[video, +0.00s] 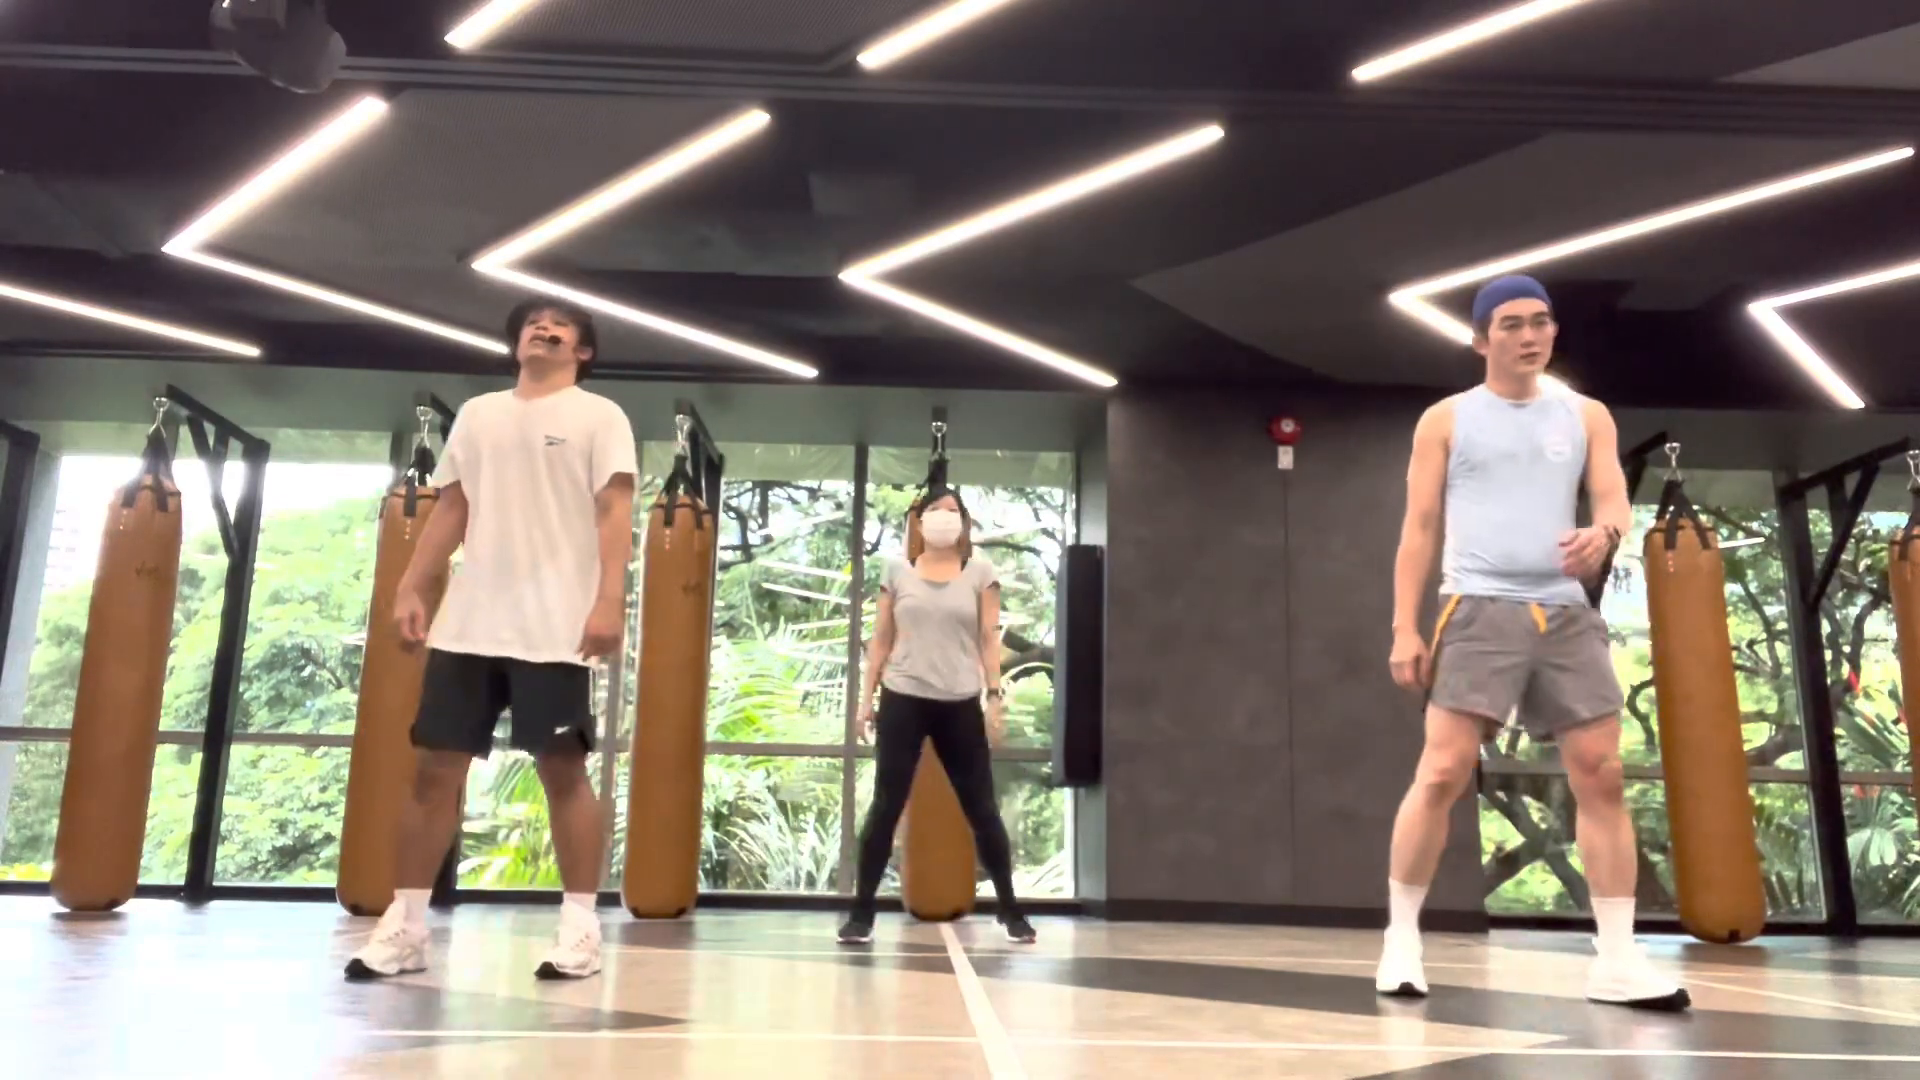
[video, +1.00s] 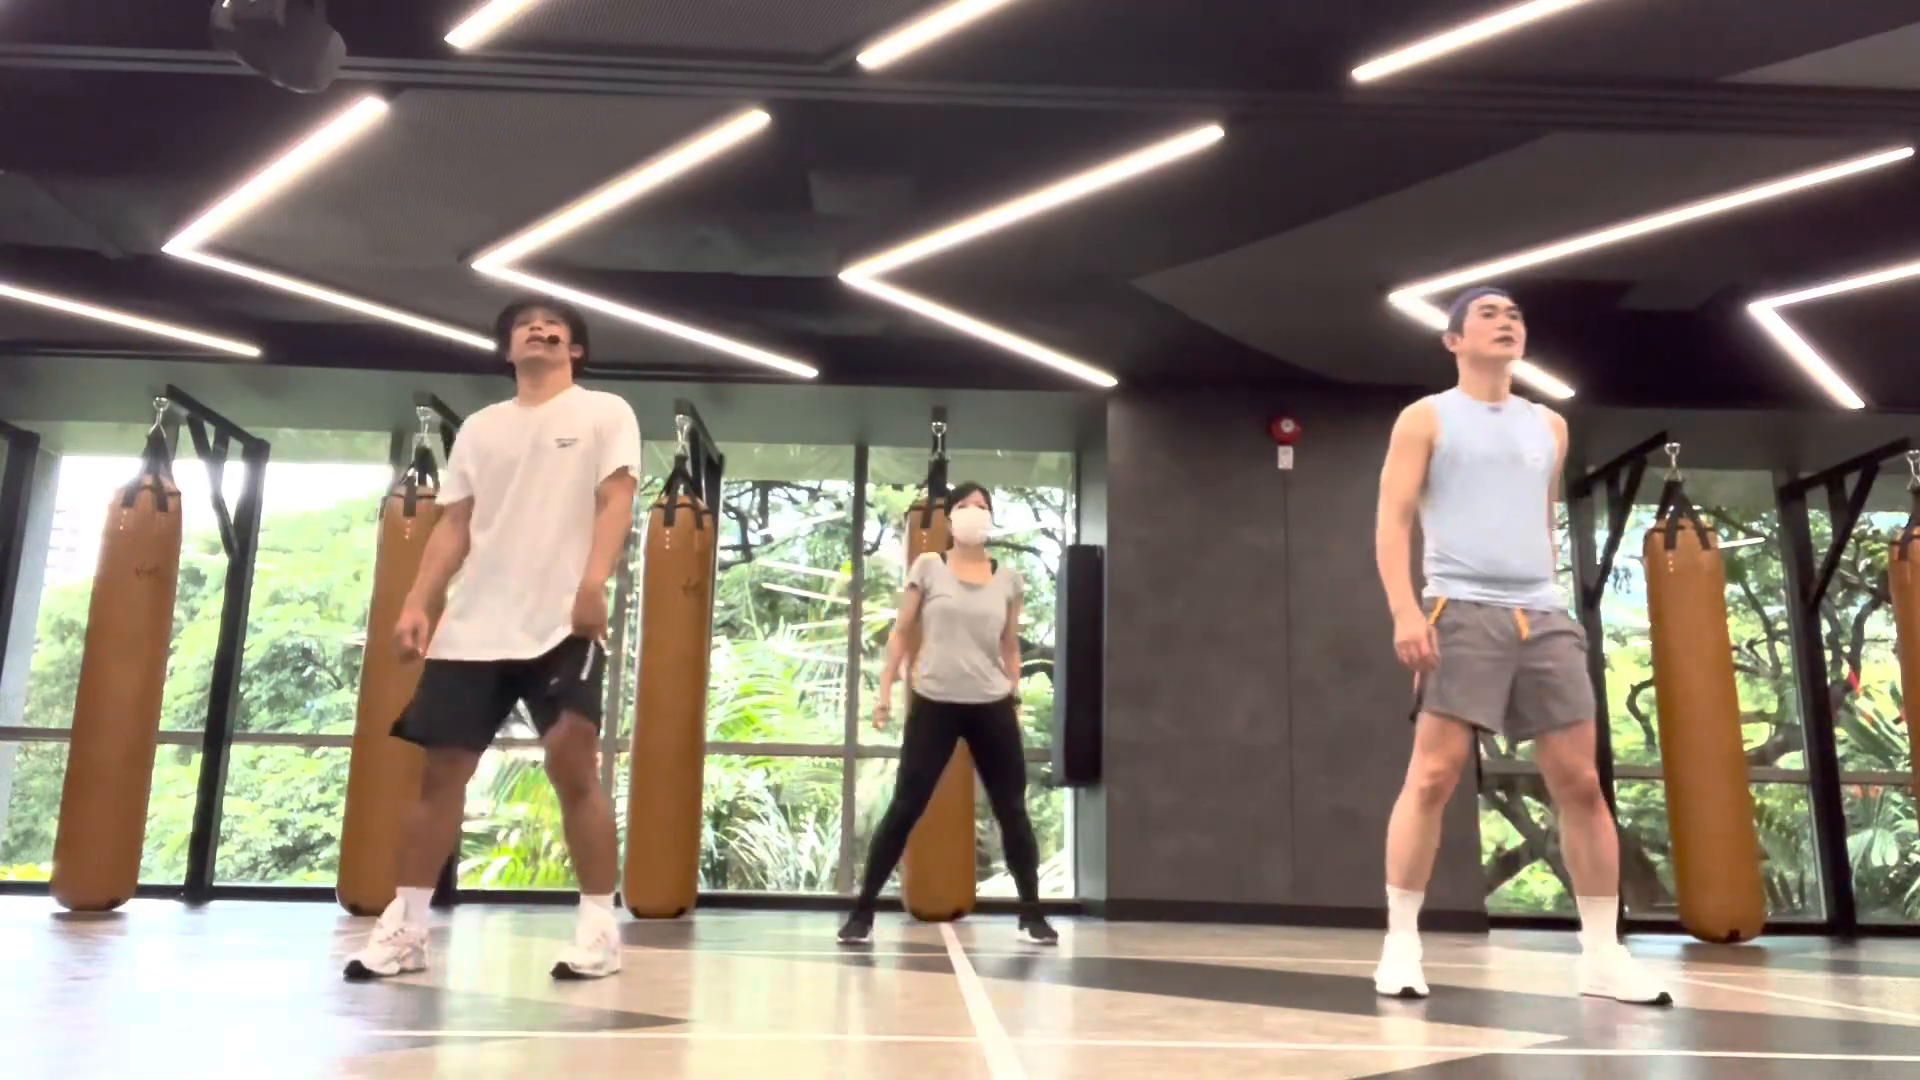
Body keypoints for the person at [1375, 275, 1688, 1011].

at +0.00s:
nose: (1527, 334)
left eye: (1538, 322)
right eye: (1510, 323)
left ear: (1554, 333)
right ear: (1483, 338)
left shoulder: (1589, 417)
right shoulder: (1444, 421)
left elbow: (1614, 502)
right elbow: (1420, 528)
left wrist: (1604, 534)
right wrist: (1405, 626)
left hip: (1569, 619)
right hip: (1477, 618)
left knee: (1602, 775)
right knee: (1441, 775)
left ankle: (1617, 957)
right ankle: (1401, 941)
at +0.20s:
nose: (1480, 347)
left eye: (1491, 334)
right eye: (1465, 335)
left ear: (1505, 341)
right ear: (1434, 344)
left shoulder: (1532, 418)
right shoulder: (1392, 424)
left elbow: (1554, 510)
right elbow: (1370, 527)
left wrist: (1570, 588)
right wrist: (1357, 622)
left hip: (1516, 620)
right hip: (1427, 618)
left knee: (1562, 774)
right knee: (1408, 776)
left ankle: (1608, 959)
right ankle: (1398, 950)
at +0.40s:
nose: (1451, 349)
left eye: (1462, 336)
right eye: (1436, 336)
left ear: (1475, 342)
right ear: (1406, 345)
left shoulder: (1502, 421)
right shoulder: (1365, 425)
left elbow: (1516, 532)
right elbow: (1338, 528)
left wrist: (1535, 630)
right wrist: (1319, 625)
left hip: (1486, 617)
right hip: (1401, 614)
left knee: (1523, 774)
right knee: (1394, 778)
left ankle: (1529, 944)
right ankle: (1397, 946)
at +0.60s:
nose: (1451, 343)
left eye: (1462, 330)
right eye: (1437, 329)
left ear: (1473, 342)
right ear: (1404, 338)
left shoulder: (1495, 420)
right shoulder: (1362, 424)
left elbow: (1500, 526)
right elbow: (1336, 531)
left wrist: (1502, 611)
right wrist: (1313, 628)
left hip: (1482, 612)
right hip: (1400, 609)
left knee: (1493, 772)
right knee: (1396, 776)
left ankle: (1449, 929)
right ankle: (1396, 944)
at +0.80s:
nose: (1472, 324)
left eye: (1482, 317)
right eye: (1457, 312)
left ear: (1490, 340)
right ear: (1420, 330)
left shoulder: (1507, 422)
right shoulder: (1379, 415)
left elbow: (1500, 524)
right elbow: (1353, 521)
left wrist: (1497, 606)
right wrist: (1354, 621)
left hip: (1502, 611)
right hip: (1418, 612)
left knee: (1562, 760)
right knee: (1405, 774)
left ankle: (1547, 929)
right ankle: (1398, 944)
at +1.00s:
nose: (1507, 321)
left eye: (1515, 316)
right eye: (1490, 313)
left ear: (1524, 344)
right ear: (1454, 338)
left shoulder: (1549, 426)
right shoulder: (1425, 418)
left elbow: (1547, 524)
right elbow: (1393, 518)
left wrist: (1550, 605)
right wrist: (1405, 612)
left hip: (1547, 621)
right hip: (1463, 619)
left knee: (1581, 786)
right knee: (1431, 779)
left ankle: (1603, 957)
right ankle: (1400, 947)